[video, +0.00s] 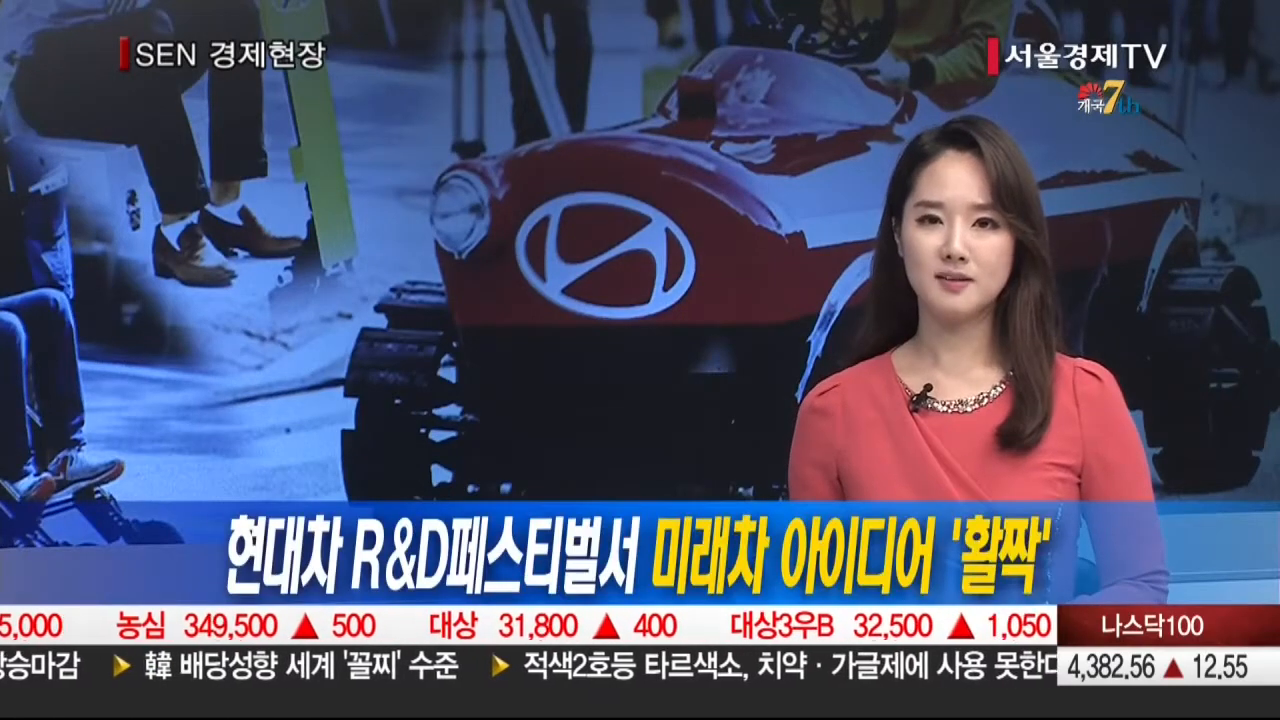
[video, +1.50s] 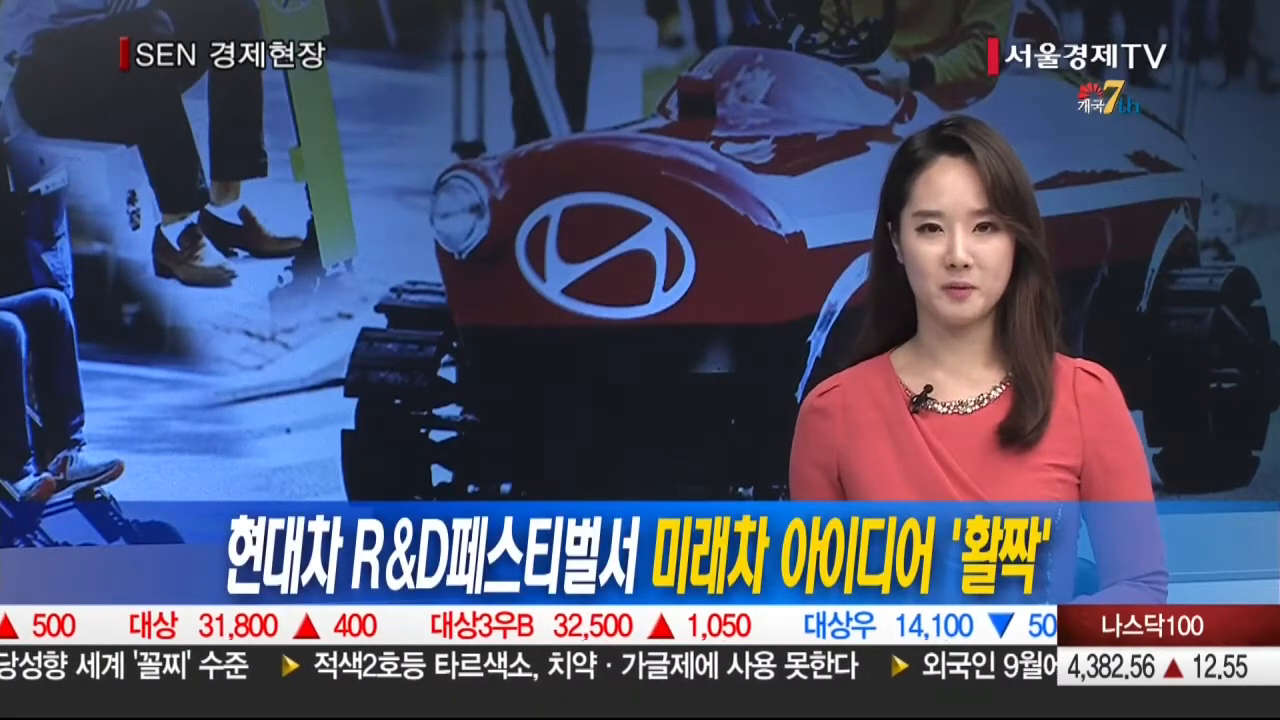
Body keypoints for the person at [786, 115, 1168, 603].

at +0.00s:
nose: (955, 247)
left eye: (985, 222)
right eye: (930, 219)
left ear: (1019, 244)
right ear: (898, 239)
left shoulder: (1086, 398)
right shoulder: (832, 413)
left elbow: (1140, 586)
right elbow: (811, 604)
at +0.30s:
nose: (956, 249)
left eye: (985, 224)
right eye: (931, 221)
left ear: (1019, 245)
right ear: (898, 241)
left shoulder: (1086, 398)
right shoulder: (831, 413)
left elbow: (1140, 586)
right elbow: (811, 604)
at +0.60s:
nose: (961, 258)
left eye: (987, 230)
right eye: (933, 231)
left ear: (1020, 243)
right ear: (898, 244)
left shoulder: (1086, 398)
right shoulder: (832, 413)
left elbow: (1139, 587)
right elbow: (811, 604)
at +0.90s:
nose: (959, 253)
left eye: (986, 225)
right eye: (931, 226)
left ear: (1019, 242)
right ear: (897, 244)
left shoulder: (1085, 398)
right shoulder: (832, 413)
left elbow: (1140, 585)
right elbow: (811, 604)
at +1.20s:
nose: (959, 255)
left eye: (985, 227)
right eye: (931, 228)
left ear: (1019, 242)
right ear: (897, 244)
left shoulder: (1086, 398)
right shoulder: (832, 413)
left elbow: (1139, 585)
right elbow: (813, 604)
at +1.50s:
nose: (959, 256)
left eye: (985, 227)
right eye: (930, 228)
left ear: (1019, 243)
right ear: (897, 244)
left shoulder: (1086, 398)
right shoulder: (832, 414)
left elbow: (1139, 585)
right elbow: (814, 605)